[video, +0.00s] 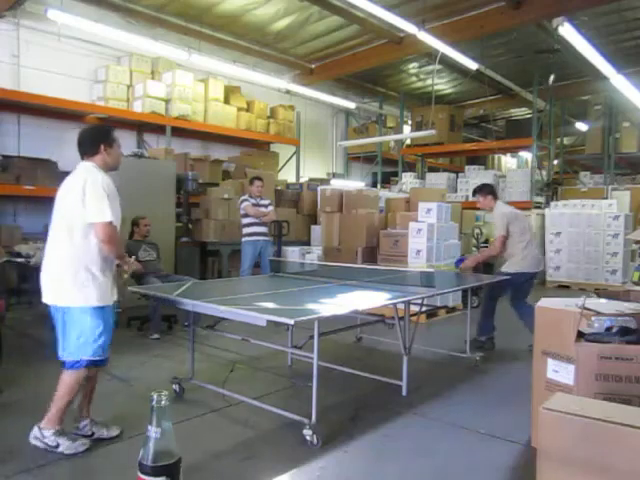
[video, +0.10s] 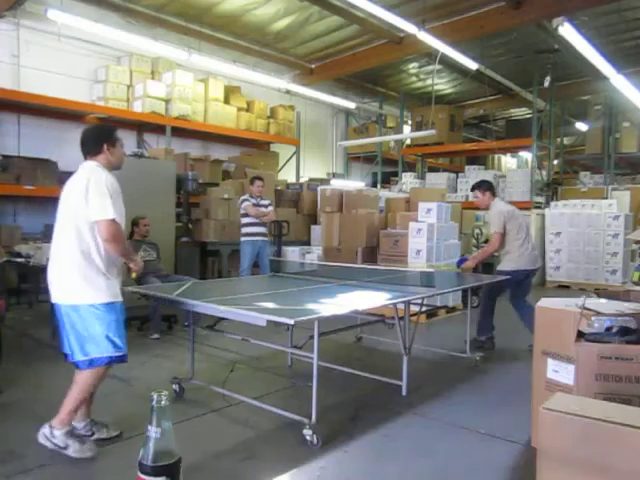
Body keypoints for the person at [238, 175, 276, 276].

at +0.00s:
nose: (259, 189)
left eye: (261, 187)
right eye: (257, 186)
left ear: (263, 188)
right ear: (250, 187)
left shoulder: (266, 201)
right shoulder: (244, 199)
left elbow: (273, 216)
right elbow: (251, 212)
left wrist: (259, 217)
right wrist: (266, 213)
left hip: (265, 238)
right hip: (249, 238)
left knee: (266, 268)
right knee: (246, 269)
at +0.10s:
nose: (260, 189)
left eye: (262, 187)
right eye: (257, 186)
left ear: (264, 188)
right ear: (251, 187)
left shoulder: (267, 202)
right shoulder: (244, 199)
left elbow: (272, 216)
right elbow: (252, 212)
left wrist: (259, 216)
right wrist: (266, 213)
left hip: (264, 239)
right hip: (248, 239)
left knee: (265, 268)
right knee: (245, 269)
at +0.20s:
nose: (260, 190)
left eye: (262, 187)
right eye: (258, 187)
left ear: (264, 188)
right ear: (251, 187)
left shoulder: (266, 202)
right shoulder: (244, 199)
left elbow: (272, 216)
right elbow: (252, 213)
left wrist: (259, 218)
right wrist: (266, 213)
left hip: (263, 239)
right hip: (247, 239)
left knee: (265, 268)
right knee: (244, 269)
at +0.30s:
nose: (261, 190)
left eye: (262, 187)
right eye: (258, 187)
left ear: (264, 188)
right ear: (251, 187)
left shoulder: (266, 202)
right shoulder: (244, 199)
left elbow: (271, 216)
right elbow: (252, 213)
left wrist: (259, 219)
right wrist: (265, 214)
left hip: (261, 240)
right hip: (245, 239)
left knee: (265, 269)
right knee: (243, 269)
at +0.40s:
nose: (261, 191)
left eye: (262, 188)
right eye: (258, 188)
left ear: (264, 189)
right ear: (252, 188)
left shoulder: (265, 203)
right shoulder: (244, 199)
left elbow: (270, 218)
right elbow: (252, 213)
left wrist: (258, 220)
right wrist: (265, 215)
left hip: (260, 240)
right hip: (245, 239)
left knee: (264, 269)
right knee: (243, 270)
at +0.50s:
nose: (260, 191)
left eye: (262, 188)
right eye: (258, 188)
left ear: (264, 189)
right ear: (251, 188)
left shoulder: (265, 203)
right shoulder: (244, 199)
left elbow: (270, 218)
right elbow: (252, 213)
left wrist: (258, 220)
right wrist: (265, 215)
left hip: (259, 240)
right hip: (244, 239)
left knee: (265, 269)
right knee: (242, 270)